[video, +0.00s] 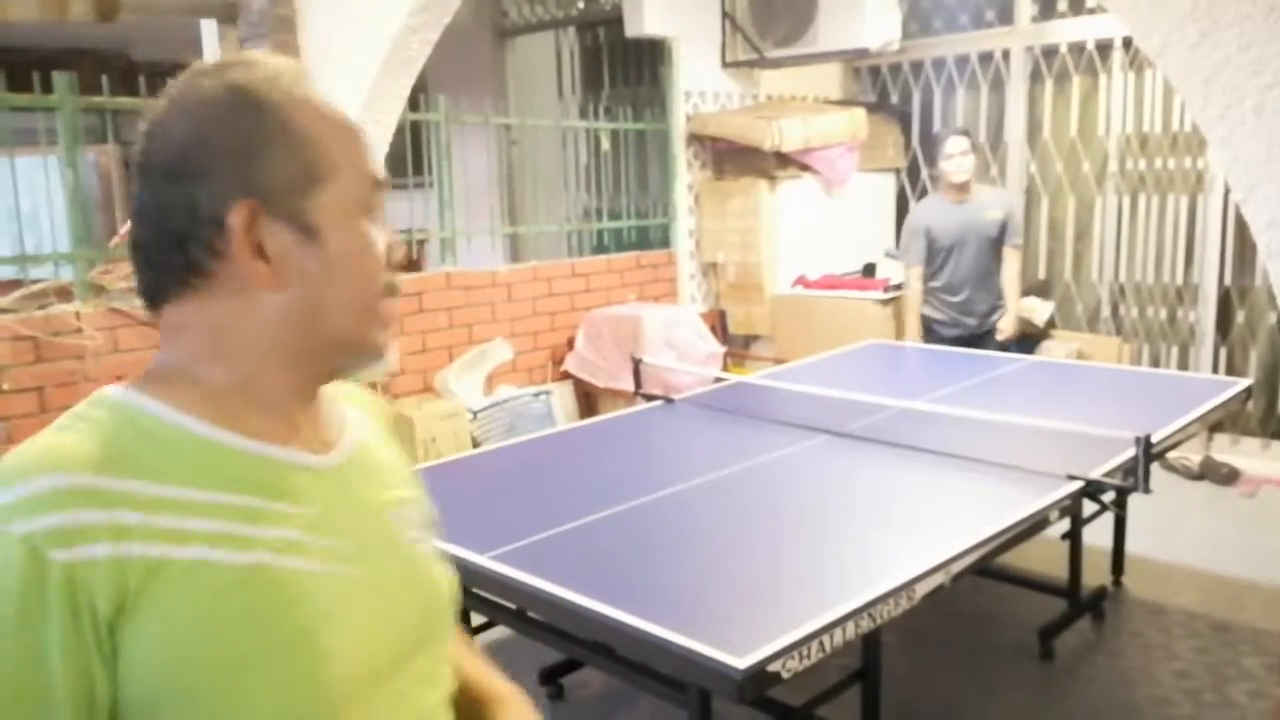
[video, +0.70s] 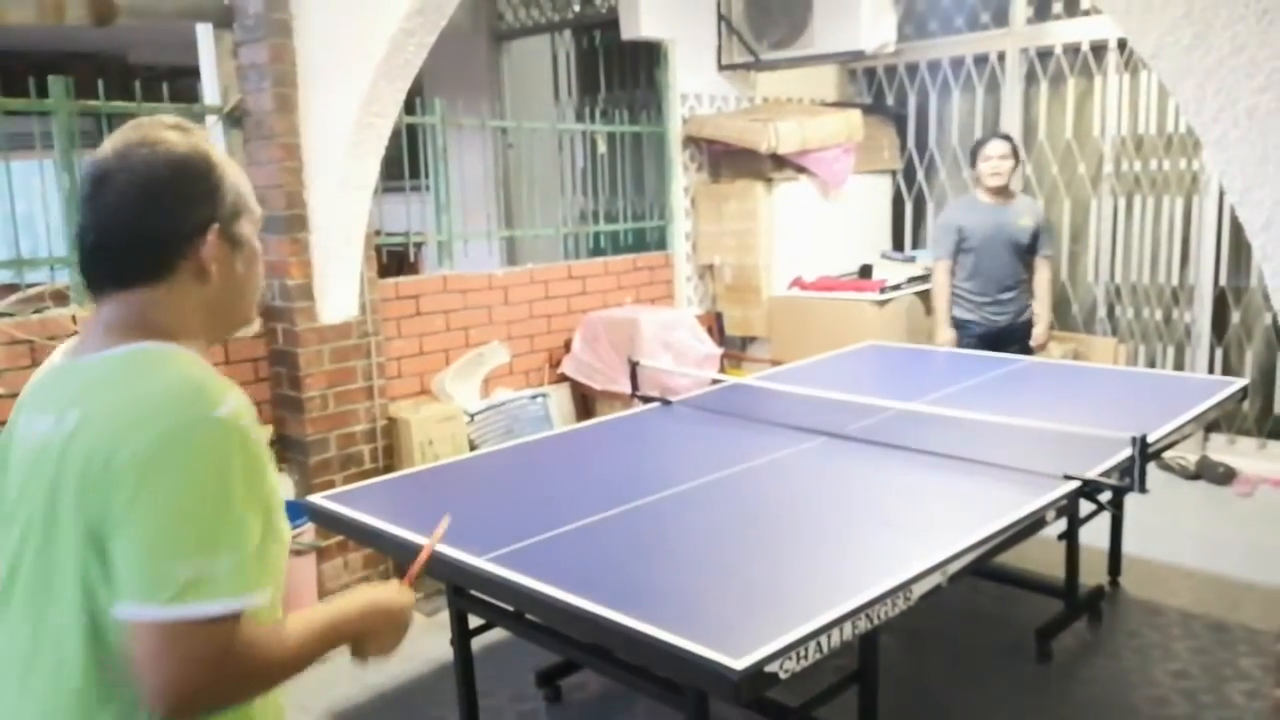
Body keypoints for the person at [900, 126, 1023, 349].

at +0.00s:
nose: (959, 163)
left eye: (965, 154)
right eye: (949, 157)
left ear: (975, 157)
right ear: (937, 165)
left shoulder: (1002, 204)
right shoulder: (921, 215)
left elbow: (1011, 260)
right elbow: (914, 280)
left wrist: (1011, 312)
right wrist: (912, 336)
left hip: (990, 328)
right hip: (941, 330)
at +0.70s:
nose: (995, 165)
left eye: (1003, 158)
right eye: (987, 159)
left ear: (1015, 165)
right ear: (975, 168)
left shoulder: (1032, 211)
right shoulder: (955, 213)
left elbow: (1041, 267)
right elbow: (942, 270)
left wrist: (1042, 321)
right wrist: (943, 326)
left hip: (1016, 326)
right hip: (968, 326)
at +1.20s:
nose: (1014, 164)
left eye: (1023, 156)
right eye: (1006, 156)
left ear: (1036, 162)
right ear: (995, 163)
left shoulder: (1051, 211)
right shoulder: (973, 208)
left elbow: (1058, 266)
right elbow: (952, 260)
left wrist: (1064, 319)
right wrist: (973, 298)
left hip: (1028, 323)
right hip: (984, 321)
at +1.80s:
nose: (1002, 168)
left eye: (1011, 160)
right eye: (995, 160)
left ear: (1027, 165)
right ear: (985, 164)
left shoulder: (1046, 212)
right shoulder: (963, 211)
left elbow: (1055, 261)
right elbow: (939, 257)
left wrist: (1035, 293)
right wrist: (947, 282)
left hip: (1021, 313)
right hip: (974, 310)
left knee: (1016, 382)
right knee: (977, 379)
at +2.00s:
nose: (981, 178)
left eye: (990, 170)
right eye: (973, 172)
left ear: (1006, 173)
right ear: (965, 176)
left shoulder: (1026, 216)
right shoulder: (946, 220)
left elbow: (1046, 262)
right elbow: (917, 265)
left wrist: (1028, 290)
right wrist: (918, 288)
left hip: (1009, 318)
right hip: (961, 319)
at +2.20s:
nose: (958, 196)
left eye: (967, 187)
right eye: (951, 188)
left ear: (981, 190)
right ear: (941, 192)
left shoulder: (1003, 233)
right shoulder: (922, 238)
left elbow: (1026, 273)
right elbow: (889, 278)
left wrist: (1017, 306)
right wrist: (888, 305)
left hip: (991, 348)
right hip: (939, 349)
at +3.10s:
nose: (959, 187)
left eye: (968, 178)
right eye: (951, 179)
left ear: (983, 180)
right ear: (940, 183)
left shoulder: (1008, 221)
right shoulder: (925, 225)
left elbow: (1038, 258)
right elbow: (888, 264)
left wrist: (1029, 270)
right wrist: (880, 290)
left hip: (988, 335)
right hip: (939, 336)